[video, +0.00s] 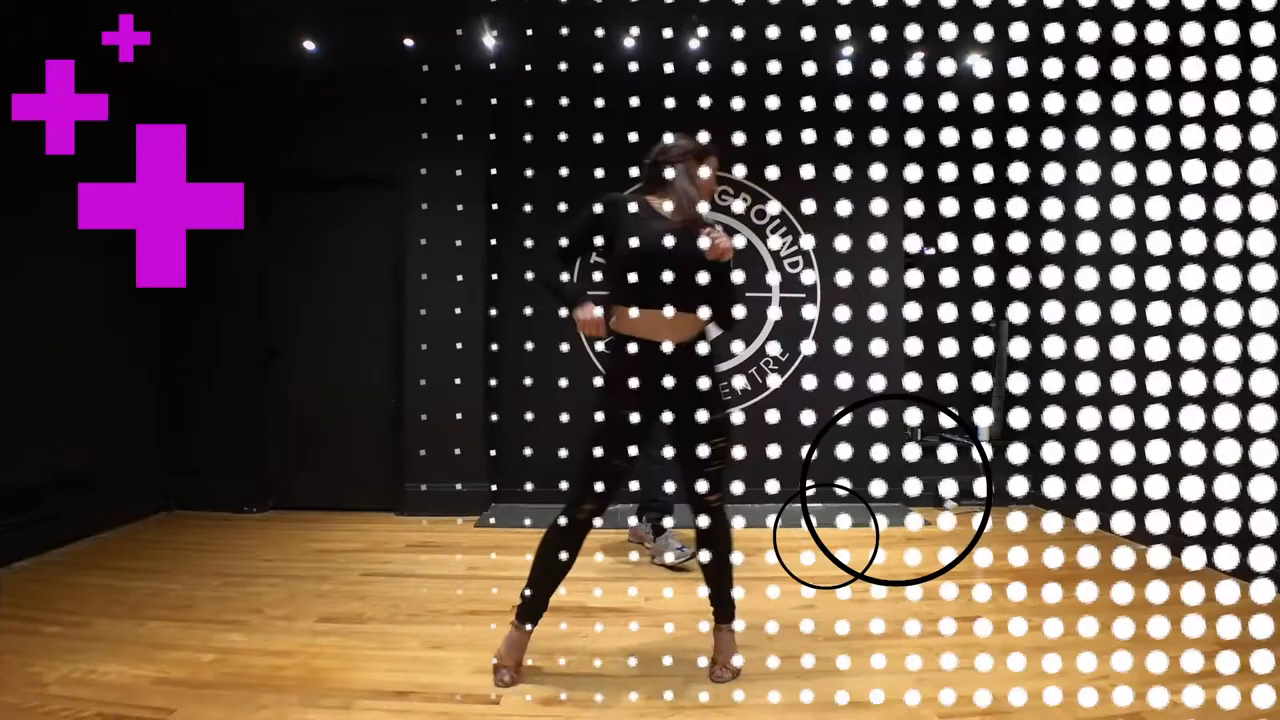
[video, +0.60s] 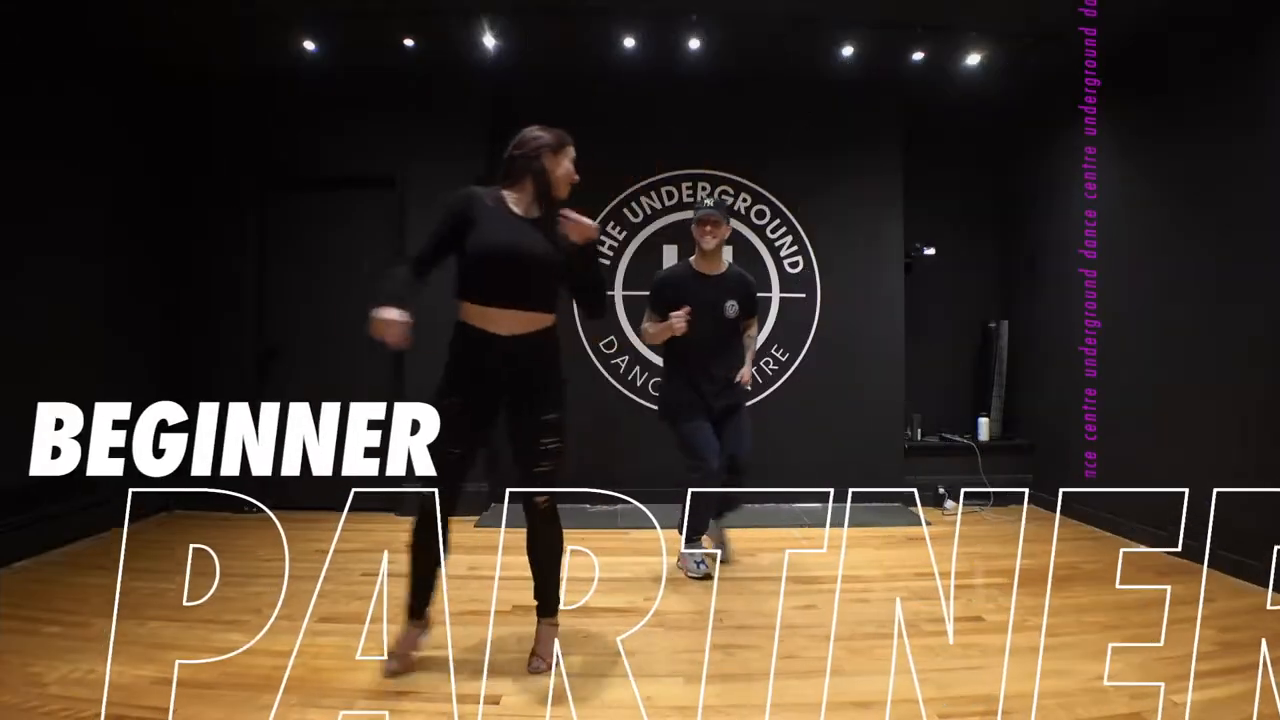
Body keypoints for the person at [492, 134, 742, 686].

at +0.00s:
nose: (714, 184)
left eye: (715, 174)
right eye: (707, 172)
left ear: (699, 177)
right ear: (675, 171)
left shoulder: (711, 236)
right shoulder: (616, 217)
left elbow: (724, 319)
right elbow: (589, 297)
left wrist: (721, 266)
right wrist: (588, 314)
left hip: (695, 376)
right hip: (628, 372)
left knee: (710, 503)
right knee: (588, 502)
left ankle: (724, 630)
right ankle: (522, 629)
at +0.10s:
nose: (691, 182)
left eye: (692, 174)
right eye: (686, 172)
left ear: (665, 172)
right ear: (657, 170)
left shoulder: (685, 232)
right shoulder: (594, 210)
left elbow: (690, 325)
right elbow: (527, 261)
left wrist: (699, 284)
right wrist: (570, 279)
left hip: (661, 374)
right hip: (594, 368)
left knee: (683, 506)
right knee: (566, 506)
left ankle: (716, 629)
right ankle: (522, 631)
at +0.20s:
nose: (653, 185)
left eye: (653, 176)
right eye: (648, 174)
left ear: (625, 176)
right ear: (621, 174)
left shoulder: (641, 237)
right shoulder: (557, 209)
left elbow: (641, 304)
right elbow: (503, 276)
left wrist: (661, 306)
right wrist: (563, 258)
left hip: (610, 372)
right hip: (546, 365)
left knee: (635, 508)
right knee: (527, 507)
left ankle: (659, 630)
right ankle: (515, 632)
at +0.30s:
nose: (630, 183)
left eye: (631, 175)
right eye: (627, 172)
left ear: (607, 175)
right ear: (603, 171)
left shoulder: (619, 231)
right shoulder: (538, 210)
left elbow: (604, 304)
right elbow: (495, 284)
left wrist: (633, 319)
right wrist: (557, 261)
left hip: (586, 376)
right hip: (524, 368)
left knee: (593, 508)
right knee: (510, 505)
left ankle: (581, 627)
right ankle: (512, 631)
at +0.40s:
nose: (613, 179)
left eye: (613, 169)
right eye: (608, 168)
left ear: (592, 173)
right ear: (582, 167)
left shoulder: (597, 235)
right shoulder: (520, 211)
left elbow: (591, 309)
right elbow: (484, 289)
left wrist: (626, 320)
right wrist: (549, 277)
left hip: (565, 376)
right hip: (505, 369)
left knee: (546, 507)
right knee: (495, 506)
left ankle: (545, 628)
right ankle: (507, 631)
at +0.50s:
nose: (592, 174)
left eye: (592, 164)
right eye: (586, 162)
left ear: (570, 168)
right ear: (558, 162)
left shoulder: (577, 231)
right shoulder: (495, 206)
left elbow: (596, 313)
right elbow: (455, 274)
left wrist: (621, 281)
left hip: (545, 364)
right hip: (483, 360)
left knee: (546, 499)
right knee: (462, 499)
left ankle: (548, 625)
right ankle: (462, 628)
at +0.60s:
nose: (575, 173)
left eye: (575, 164)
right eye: (568, 162)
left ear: (552, 167)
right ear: (537, 161)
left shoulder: (564, 226)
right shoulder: (474, 206)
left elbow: (594, 309)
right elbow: (421, 263)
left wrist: (584, 250)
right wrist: (395, 302)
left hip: (537, 365)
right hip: (471, 360)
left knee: (540, 495)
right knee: (436, 492)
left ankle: (546, 624)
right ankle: (415, 621)